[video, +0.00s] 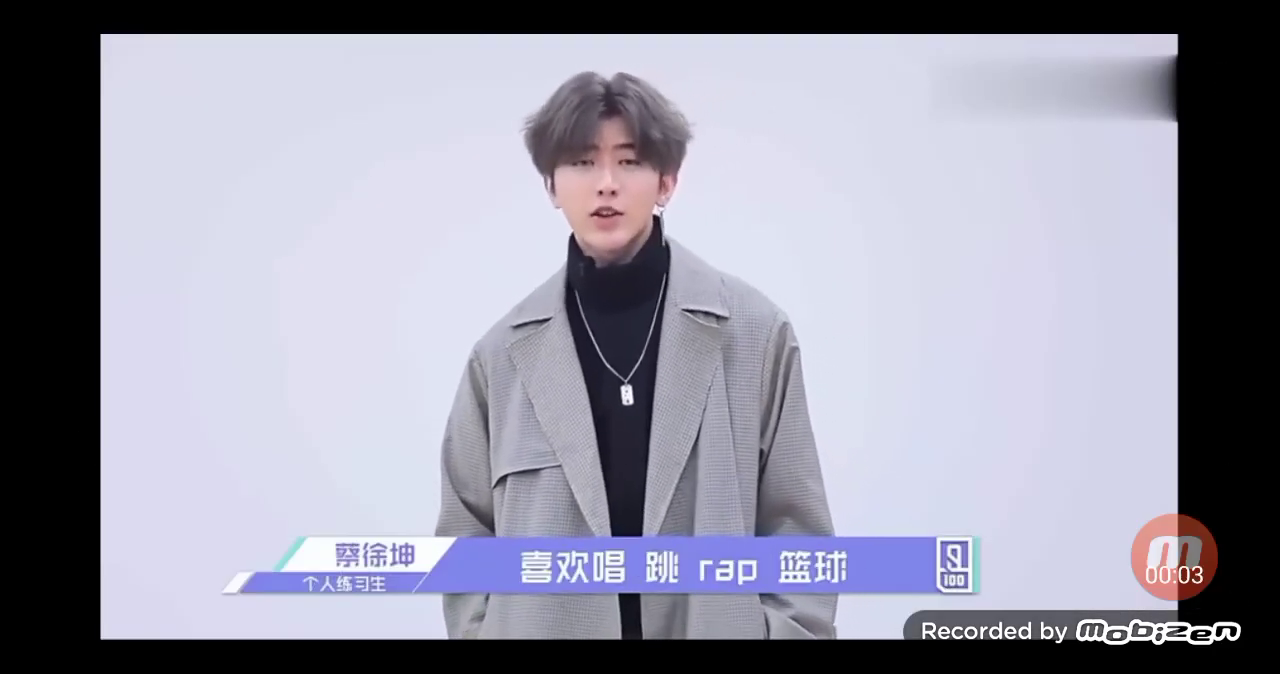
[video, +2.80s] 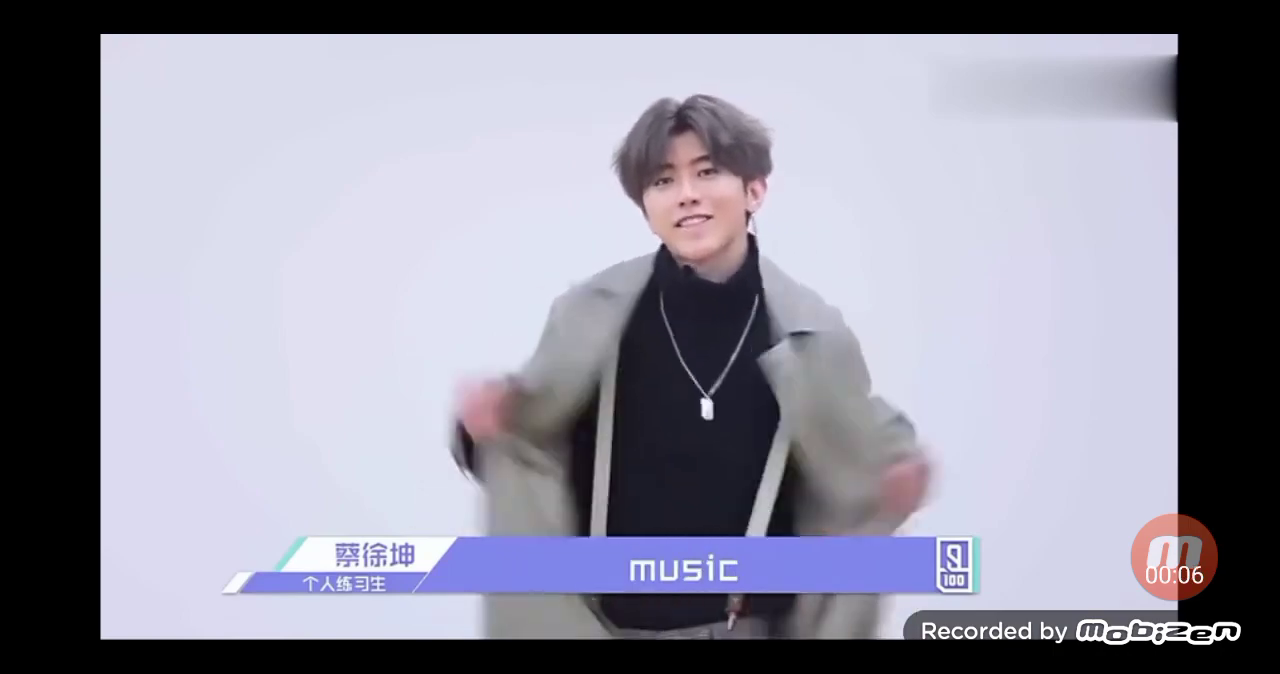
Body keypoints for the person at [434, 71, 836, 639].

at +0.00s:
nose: (606, 183)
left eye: (628, 162)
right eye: (582, 162)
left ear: (665, 183)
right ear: (553, 185)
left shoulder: (757, 333)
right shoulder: (497, 356)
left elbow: (800, 530)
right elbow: (462, 536)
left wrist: (784, 631)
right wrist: (480, 627)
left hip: (712, 629)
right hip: (547, 631)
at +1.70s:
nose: (677, 190)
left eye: (697, 163)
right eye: (652, 172)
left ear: (745, 178)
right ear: (633, 198)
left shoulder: (831, 349)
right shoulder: (567, 343)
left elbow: (862, 544)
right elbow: (465, 449)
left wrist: (843, 628)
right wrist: (496, 585)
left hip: (774, 624)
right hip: (605, 625)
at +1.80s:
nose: (698, 195)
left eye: (718, 168)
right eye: (673, 178)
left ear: (764, 181)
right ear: (652, 201)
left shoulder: (850, 358)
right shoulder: (581, 334)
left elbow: (883, 551)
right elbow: (461, 413)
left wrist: (874, 629)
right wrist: (435, 538)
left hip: (784, 631)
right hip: (604, 629)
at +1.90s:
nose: (712, 198)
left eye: (731, 171)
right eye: (688, 182)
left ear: (777, 182)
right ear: (666, 205)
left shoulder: (854, 361)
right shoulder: (595, 336)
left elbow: (889, 554)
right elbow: (523, 474)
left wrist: (876, 627)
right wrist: (481, 459)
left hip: (789, 632)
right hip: (629, 629)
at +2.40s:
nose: (733, 196)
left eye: (752, 171)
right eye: (708, 181)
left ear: (799, 189)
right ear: (687, 206)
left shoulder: (853, 342)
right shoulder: (610, 332)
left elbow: (869, 476)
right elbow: (520, 444)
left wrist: (910, 553)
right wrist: (576, 501)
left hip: (812, 626)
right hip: (651, 622)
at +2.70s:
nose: (700, 198)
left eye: (721, 176)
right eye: (676, 185)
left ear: (768, 196)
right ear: (658, 213)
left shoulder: (824, 340)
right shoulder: (592, 324)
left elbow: (872, 453)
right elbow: (509, 426)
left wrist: (845, 504)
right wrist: (524, 476)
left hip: (765, 617)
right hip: (616, 616)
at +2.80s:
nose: (687, 196)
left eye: (708, 172)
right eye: (664, 180)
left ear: (755, 189)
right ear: (643, 204)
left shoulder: (808, 325)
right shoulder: (592, 314)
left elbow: (863, 431)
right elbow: (531, 450)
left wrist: (900, 470)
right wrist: (484, 429)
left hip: (744, 623)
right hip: (604, 623)